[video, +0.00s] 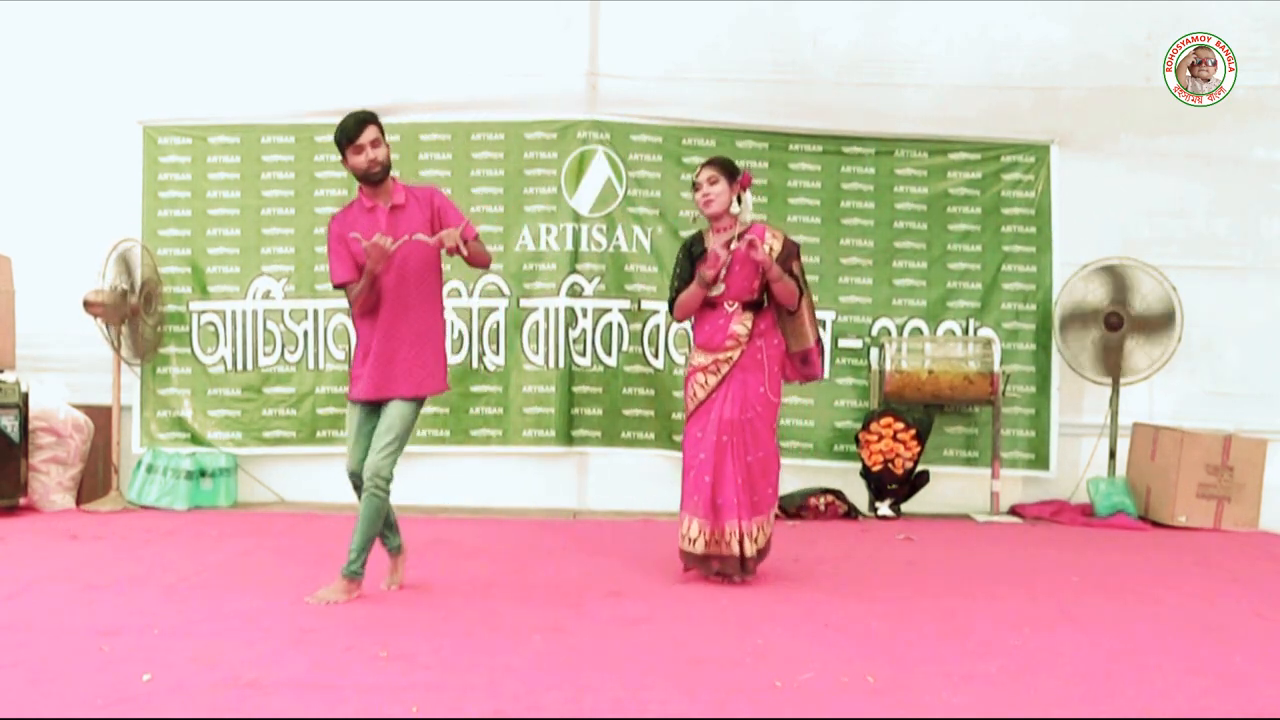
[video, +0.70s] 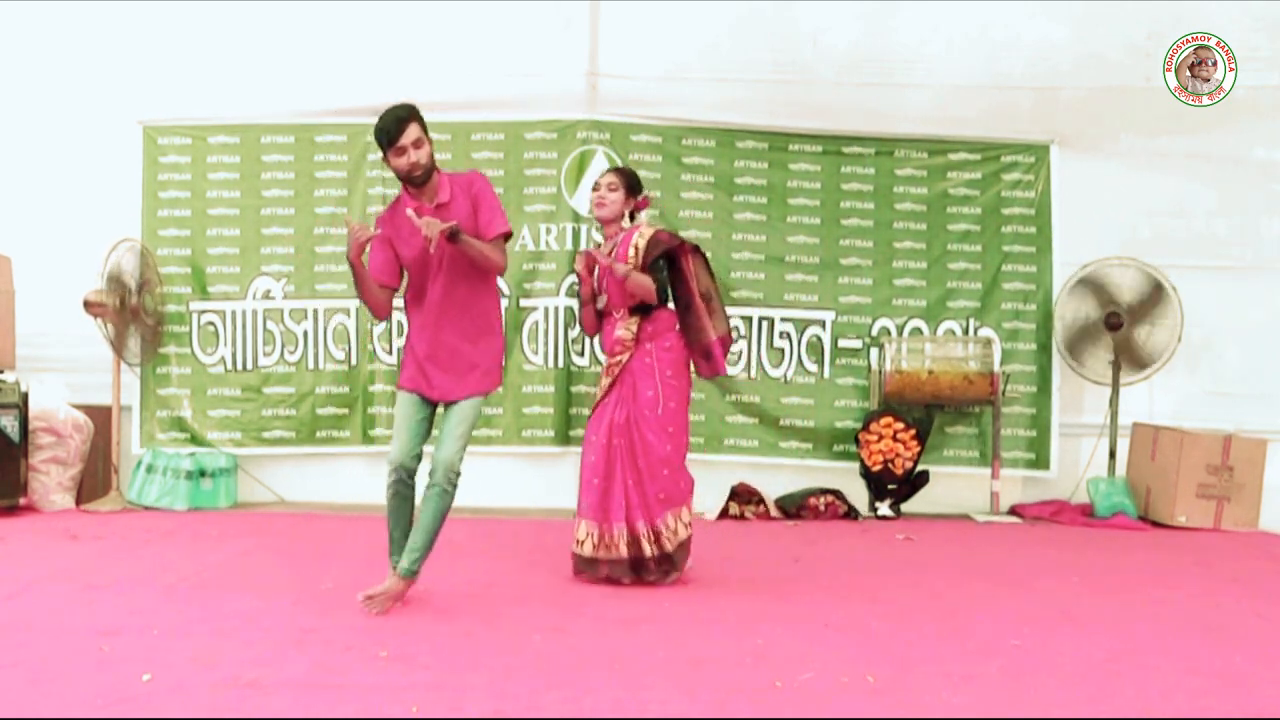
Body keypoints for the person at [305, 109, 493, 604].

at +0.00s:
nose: (372, 154)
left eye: (376, 143)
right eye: (360, 149)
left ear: (389, 145)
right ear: (346, 163)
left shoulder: (429, 200)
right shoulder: (343, 223)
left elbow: (484, 259)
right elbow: (358, 306)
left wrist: (461, 244)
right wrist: (372, 269)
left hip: (416, 357)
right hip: (370, 358)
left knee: (377, 470)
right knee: (357, 470)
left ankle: (350, 578)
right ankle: (396, 548)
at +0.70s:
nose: (412, 158)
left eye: (417, 145)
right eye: (400, 152)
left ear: (431, 141)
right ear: (388, 160)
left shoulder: (471, 186)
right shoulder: (391, 221)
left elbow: (497, 263)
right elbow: (381, 307)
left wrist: (455, 234)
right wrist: (355, 262)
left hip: (475, 353)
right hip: (421, 353)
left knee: (444, 466)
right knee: (400, 462)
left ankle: (403, 577)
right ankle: (400, 571)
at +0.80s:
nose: (436, 157)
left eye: (441, 144)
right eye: (423, 152)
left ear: (455, 140)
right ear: (412, 160)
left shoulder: (498, 189)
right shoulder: (413, 219)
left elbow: (524, 266)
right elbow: (401, 308)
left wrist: (482, 242)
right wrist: (381, 259)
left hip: (497, 356)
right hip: (441, 357)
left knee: (482, 460)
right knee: (413, 467)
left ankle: (464, 574)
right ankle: (398, 569)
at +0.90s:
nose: (478, 155)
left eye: (483, 142)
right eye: (465, 150)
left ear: (498, 142)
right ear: (454, 162)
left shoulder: (544, 196)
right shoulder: (456, 225)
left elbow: (575, 277)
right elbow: (447, 316)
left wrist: (530, 268)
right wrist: (436, 276)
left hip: (537, 356)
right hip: (479, 358)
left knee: (534, 471)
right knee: (442, 469)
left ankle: (566, 596)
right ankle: (404, 567)